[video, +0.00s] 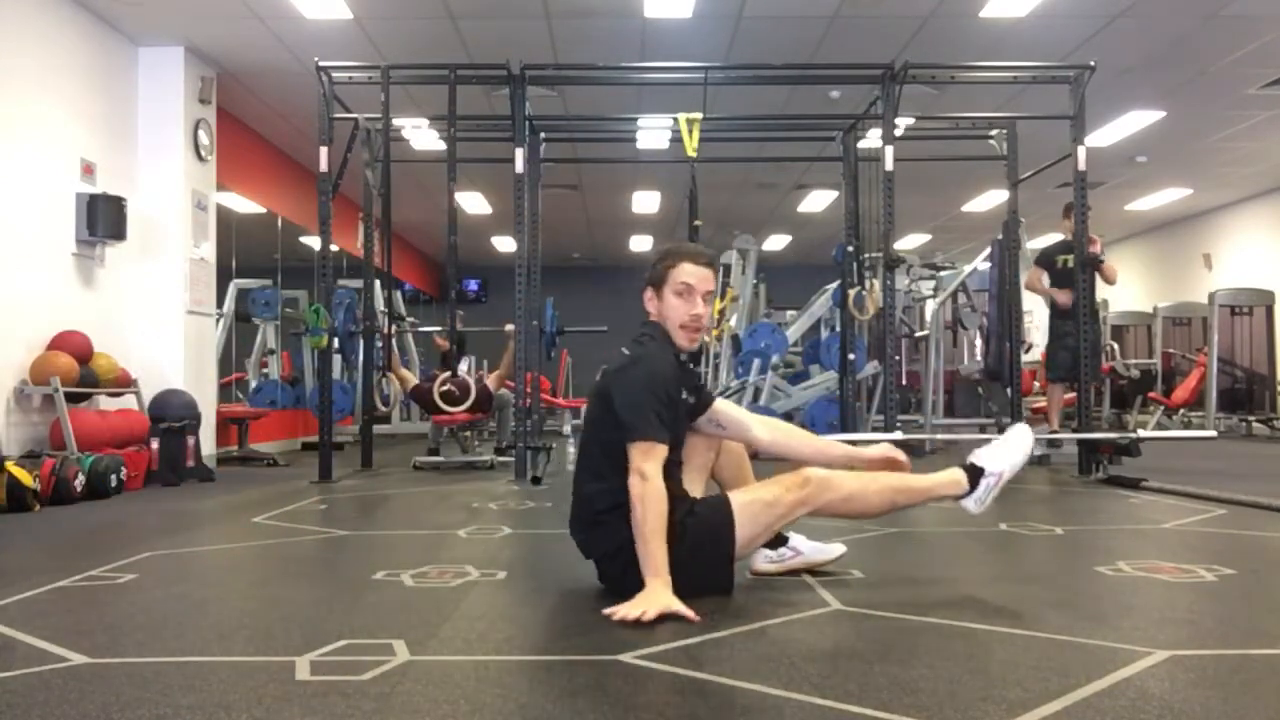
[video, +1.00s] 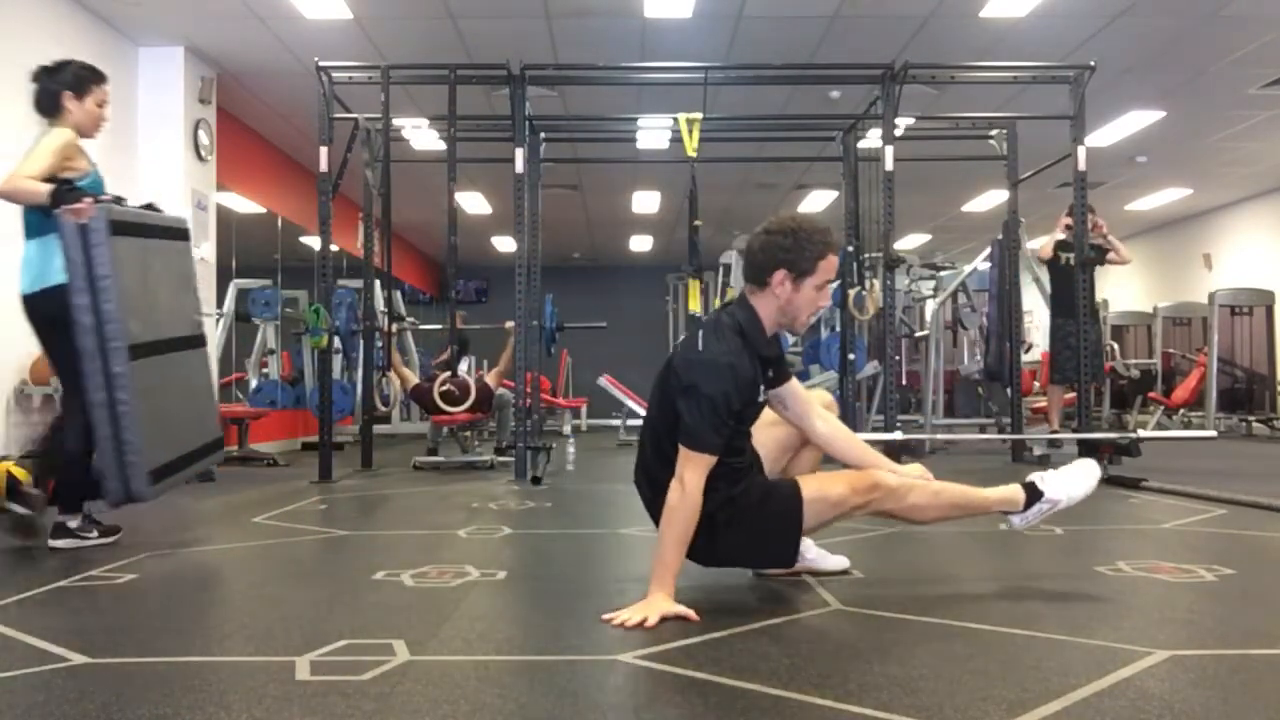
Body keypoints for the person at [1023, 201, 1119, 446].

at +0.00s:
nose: (1081, 223)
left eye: (1084, 218)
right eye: (1076, 218)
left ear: (1088, 220)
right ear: (1065, 221)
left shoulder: (1093, 249)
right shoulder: (1052, 251)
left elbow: (1112, 279)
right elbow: (1031, 281)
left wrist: (1097, 257)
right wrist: (1053, 293)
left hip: (1089, 321)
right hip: (1062, 321)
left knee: (1089, 377)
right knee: (1057, 377)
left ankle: (1087, 425)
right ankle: (1054, 428)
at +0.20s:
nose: (1080, 223)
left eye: (1083, 218)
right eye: (1075, 218)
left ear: (1088, 221)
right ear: (1065, 221)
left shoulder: (1090, 251)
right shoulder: (1052, 252)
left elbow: (1111, 276)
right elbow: (1048, 280)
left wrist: (1096, 253)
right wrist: (1074, 258)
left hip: (1088, 319)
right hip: (1062, 319)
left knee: (1089, 375)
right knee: (1058, 376)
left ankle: (1087, 423)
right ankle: (1054, 428)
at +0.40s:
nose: (1080, 224)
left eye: (1084, 219)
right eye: (1075, 219)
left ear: (1088, 222)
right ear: (1065, 222)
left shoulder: (1089, 251)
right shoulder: (1051, 252)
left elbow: (1113, 274)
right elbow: (1054, 277)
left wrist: (1099, 250)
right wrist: (1074, 251)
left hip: (1089, 320)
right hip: (1063, 320)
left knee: (1089, 375)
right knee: (1058, 377)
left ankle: (1087, 423)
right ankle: (1054, 428)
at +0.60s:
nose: (1080, 226)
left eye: (1084, 222)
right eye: (1075, 221)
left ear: (1088, 225)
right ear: (1065, 224)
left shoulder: (1090, 252)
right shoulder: (1052, 251)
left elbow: (1117, 271)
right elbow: (1053, 271)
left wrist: (1102, 246)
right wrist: (1069, 242)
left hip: (1089, 321)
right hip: (1063, 321)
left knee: (1088, 377)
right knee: (1058, 378)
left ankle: (1086, 424)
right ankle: (1054, 428)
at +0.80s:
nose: (1080, 228)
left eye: (1086, 223)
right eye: (1075, 223)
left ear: (1092, 225)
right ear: (1066, 224)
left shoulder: (1091, 251)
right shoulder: (1056, 248)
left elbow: (1122, 261)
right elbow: (1046, 259)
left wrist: (1106, 237)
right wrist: (1058, 233)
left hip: (1088, 318)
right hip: (1063, 318)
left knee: (1089, 374)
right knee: (1059, 376)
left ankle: (1087, 423)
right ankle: (1054, 427)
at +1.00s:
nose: (1083, 225)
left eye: (1087, 221)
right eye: (1078, 220)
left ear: (1093, 224)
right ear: (1068, 222)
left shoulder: (1092, 250)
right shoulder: (1058, 246)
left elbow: (1125, 258)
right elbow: (1043, 255)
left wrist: (1106, 235)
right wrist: (1058, 231)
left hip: (1088, 318)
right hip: (1063, 318)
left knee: (1088, 375)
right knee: (1059, 376)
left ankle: (1086, 423)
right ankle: (1055, 426)